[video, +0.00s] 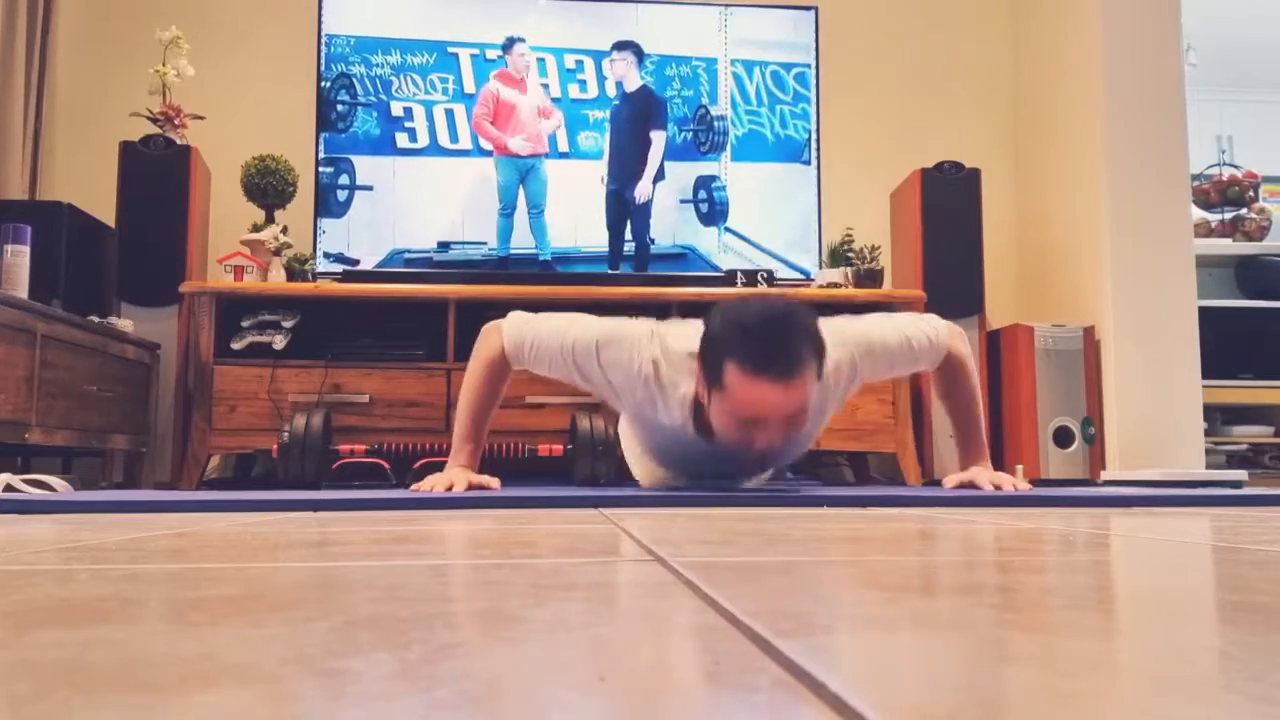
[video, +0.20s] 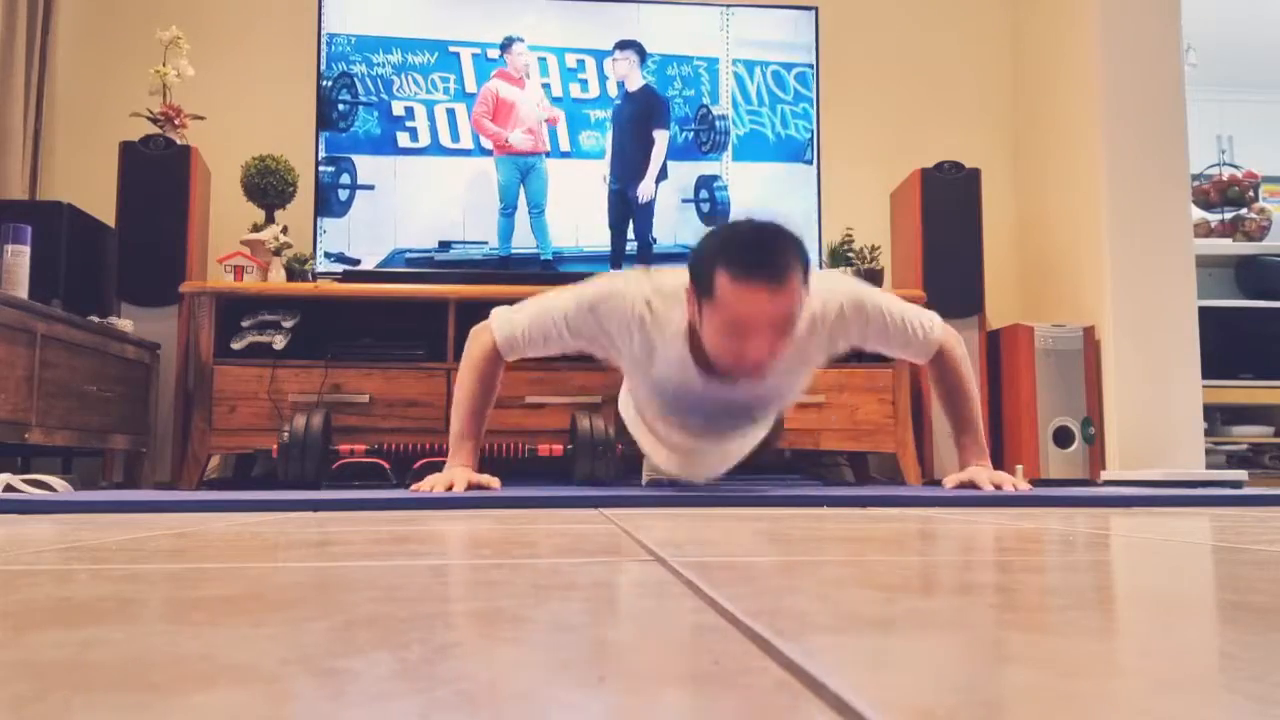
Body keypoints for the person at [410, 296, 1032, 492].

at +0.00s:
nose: (768, 437)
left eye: (787, 419)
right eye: (748, 420)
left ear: (815, 379)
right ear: (704, 382)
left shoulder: (840, 355)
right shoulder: (637, 361)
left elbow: (950, 343)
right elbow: (501, 336)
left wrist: (976, 459)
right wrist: (460, 460)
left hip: (765, 491)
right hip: (644, 488)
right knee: (641, 601)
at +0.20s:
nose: (754, 351)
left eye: (773, 329)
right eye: (737, 328)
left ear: (798, 306)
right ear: (695, 305)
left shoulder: (832, 307)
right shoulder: (627, 305)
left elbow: (941, 342)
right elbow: (487, 339)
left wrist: (976, 459)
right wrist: (460, 461)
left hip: (745, 449)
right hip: (642, 448)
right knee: (633, 556)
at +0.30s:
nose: (740, 215)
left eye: (760, 197)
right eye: (724, 192)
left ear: (781, 191)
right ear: (688, 179)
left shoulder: (818, 234)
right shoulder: (620, 229)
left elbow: (908, 341)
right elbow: (516, 336)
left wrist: (969, 458)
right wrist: (463, 460)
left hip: (740, 387)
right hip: (644, 379)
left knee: (712, 430)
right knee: (647, 422)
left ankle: (684, 448)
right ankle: (651, 451)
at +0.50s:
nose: (747, 177)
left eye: (767, 156)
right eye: (727, 156)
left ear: (783, 143)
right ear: (689, 135)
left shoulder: (809, 187)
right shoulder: (631, 183)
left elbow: (865, 325)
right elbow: (560, 330)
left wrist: (874, 455)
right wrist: (564, 462)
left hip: (735, 351)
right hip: (644, 350)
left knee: (699, 413)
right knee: (652, 414)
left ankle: (686, 436)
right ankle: (658, 440)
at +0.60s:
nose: (756, 323)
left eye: (774, 305)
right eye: (738, 304)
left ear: (797, 282)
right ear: (698, 277)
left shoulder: (835, 284)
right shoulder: (628, 276)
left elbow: (911, 358)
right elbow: (526, 350)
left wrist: (879, 464)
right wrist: (559, 465)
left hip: (737, 400)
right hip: (640, 396)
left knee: (706, 424)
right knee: (644, 425)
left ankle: (683, 444)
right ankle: (655, 447)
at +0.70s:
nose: (761, 391)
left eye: (779, 376)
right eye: (745, 373)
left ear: (804, 344)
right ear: (704, 339)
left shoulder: (837, 323)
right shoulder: (633, 318)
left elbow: (920, 357)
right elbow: (524, 351)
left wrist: (882, 462)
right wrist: (559, 463)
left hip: (732, 430)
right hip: (638, 425)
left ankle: (683, 457)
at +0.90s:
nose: (765, 366)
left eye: (785, 345)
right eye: (747, 344)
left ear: (806, 322)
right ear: (705, 315)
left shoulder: (838, 315)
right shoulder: (636, 312)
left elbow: (918, 360)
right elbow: (525, 351)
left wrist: (882, 462)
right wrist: (560, 461)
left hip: (746, 457)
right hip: (640, 456)